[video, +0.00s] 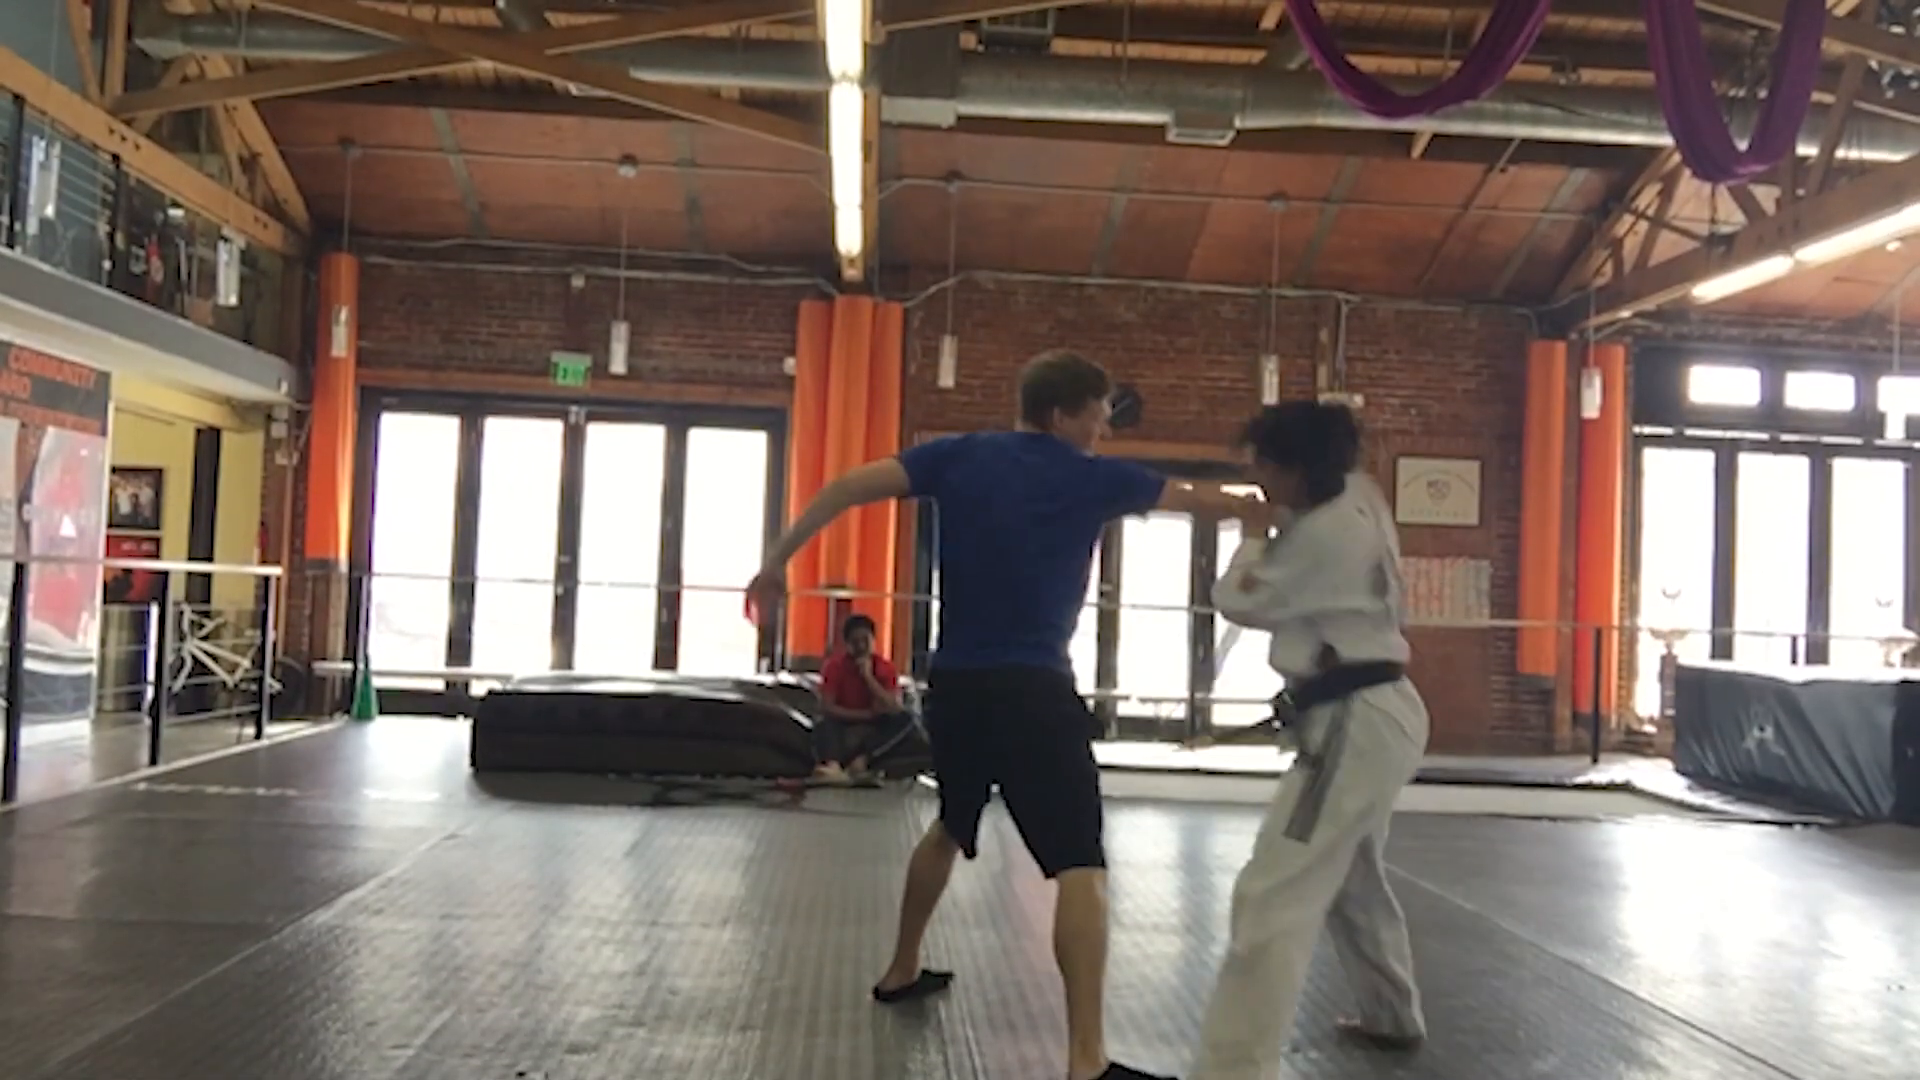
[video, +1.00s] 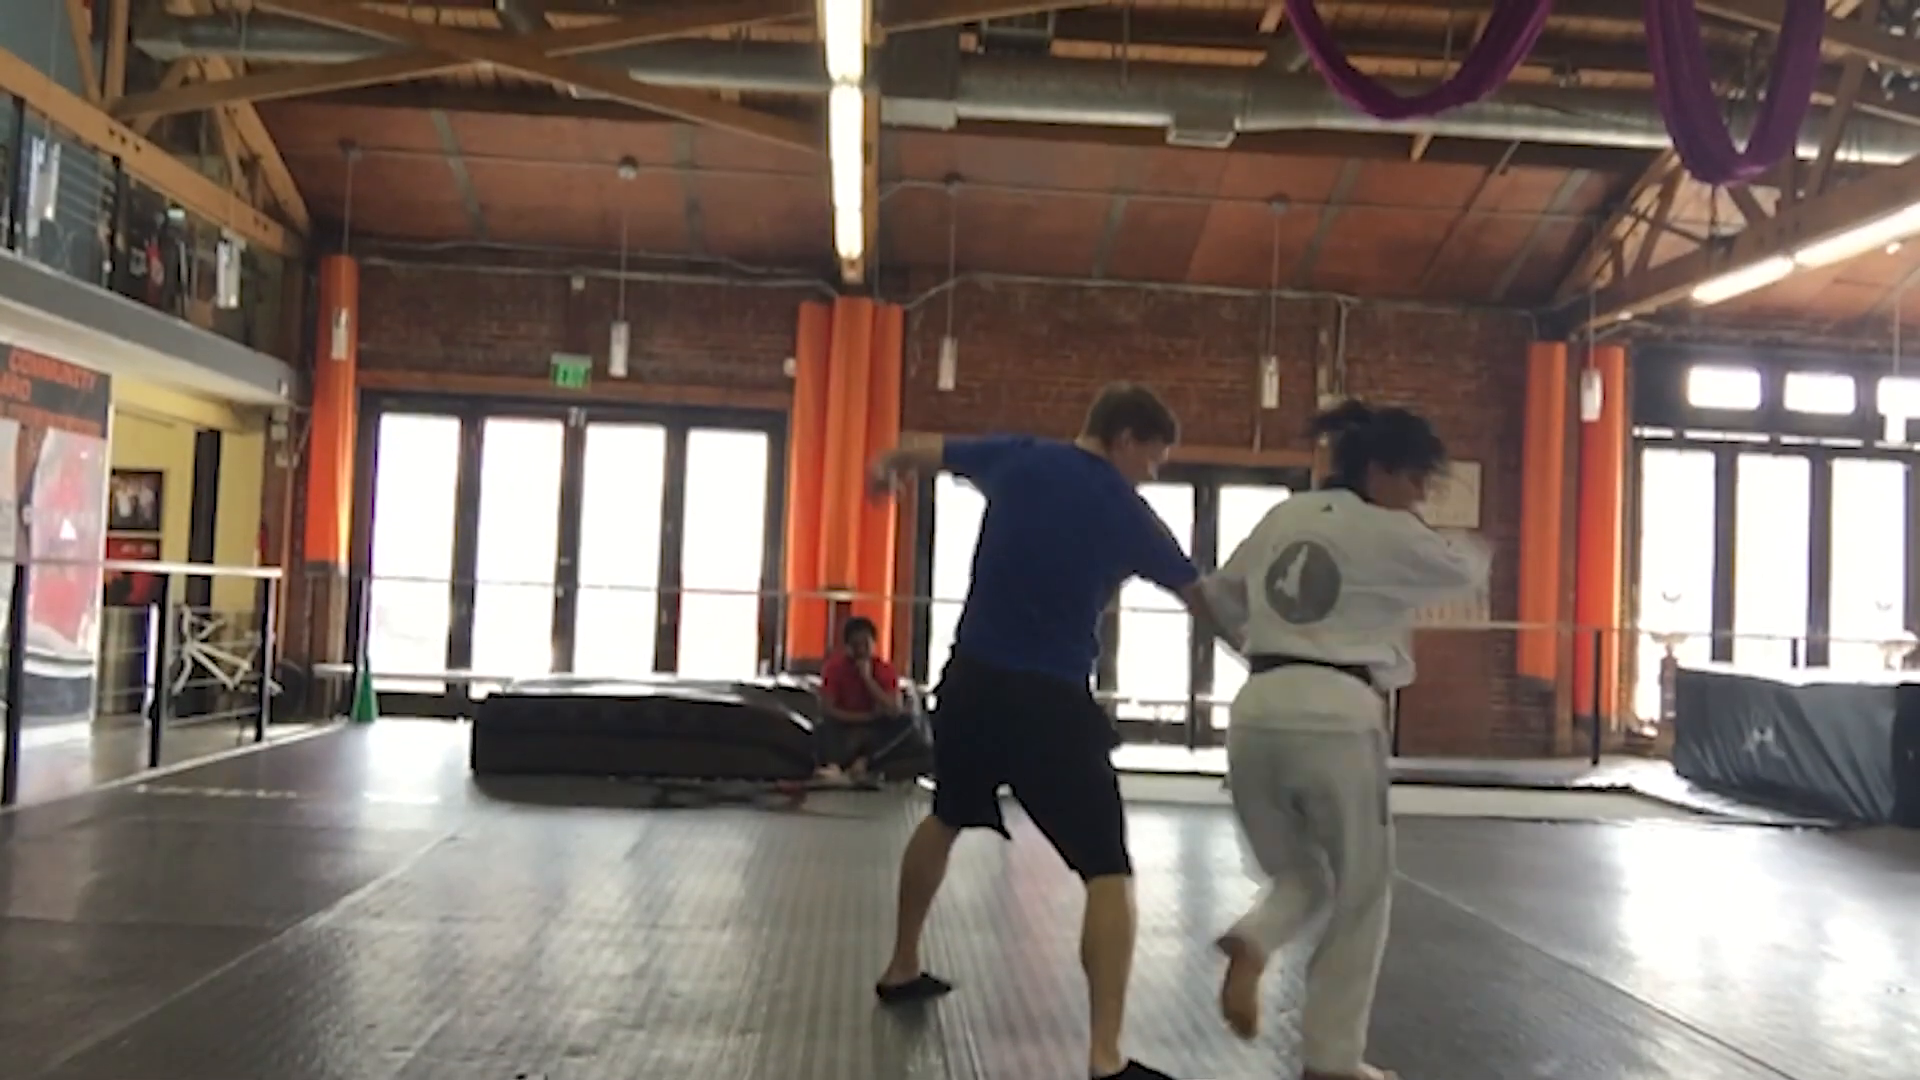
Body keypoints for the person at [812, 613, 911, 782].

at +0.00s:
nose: (861, 646)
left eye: (865, 640)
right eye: (855, 641)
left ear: (872, 640)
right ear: (846, 643)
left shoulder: (885, 668)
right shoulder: (834, 667)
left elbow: (893, 707)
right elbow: (827, 708)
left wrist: (868, 676)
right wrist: (868, 713)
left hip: (875, 720)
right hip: (842, 721)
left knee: (904, 720)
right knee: (824, 726)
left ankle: (863, 761)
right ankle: (831, 764)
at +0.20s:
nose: (856, 647)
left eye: (862, 639)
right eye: (851, 640)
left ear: (871, 641)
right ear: (843, 642)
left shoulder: (882, 668)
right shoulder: (831, 666)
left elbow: (895, 706)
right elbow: (826, 706)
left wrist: (867, 676)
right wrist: (870, 713)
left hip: (872, 723)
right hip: (838, 721)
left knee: (901, 724)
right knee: (824, 726)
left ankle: (863, 760)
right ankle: (830, 764)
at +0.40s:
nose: (862, 645)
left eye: (866, 638)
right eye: (857, 639)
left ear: (872, 639)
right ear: (848, 639)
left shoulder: (884, 667)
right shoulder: (834, 665)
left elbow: (894, 707)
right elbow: (827, 706)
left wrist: (869, 677)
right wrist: (869, 713)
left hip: (874, 721)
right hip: (842, 721)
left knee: (901, 726)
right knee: (825, 725)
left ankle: (864, 761)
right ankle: (831, 763)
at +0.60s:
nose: (864, 647)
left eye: (868, 641)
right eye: (859, 642)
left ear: (874, 643)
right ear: (849, 643)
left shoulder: (883, 669)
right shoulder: (835, 668)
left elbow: (894, 710)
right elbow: (828, 710)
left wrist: (868, 679)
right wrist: (868, 716)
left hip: (875, 725)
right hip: (844, 726)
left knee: (906, 725)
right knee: (824, 729)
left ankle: (867, 765)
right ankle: (832, 767)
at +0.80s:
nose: (863, 650)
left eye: (867, 644)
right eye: (857, 644)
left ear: (873, 645)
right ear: (849, 646)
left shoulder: (884, 672)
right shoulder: (835, 670)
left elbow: (893, 711)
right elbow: (828, 712)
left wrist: (868, 681)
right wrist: (869, 717)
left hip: (875, 725)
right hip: (843, 726)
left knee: (907, 725)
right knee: (824, 729)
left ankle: (865, 765)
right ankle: (831, 768)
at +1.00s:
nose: (861, 650)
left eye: (866, 643)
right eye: (856, 644)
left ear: (873, 643)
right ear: (847, 646)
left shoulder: (884, 669)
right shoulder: (834, 669)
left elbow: (894, 709)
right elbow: (828, 710)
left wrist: (868, 679)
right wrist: (868, 716)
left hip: (875, 723)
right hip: (844, 724)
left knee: (906, 723)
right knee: (824, 727)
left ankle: (866, 764)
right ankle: (831, 766)